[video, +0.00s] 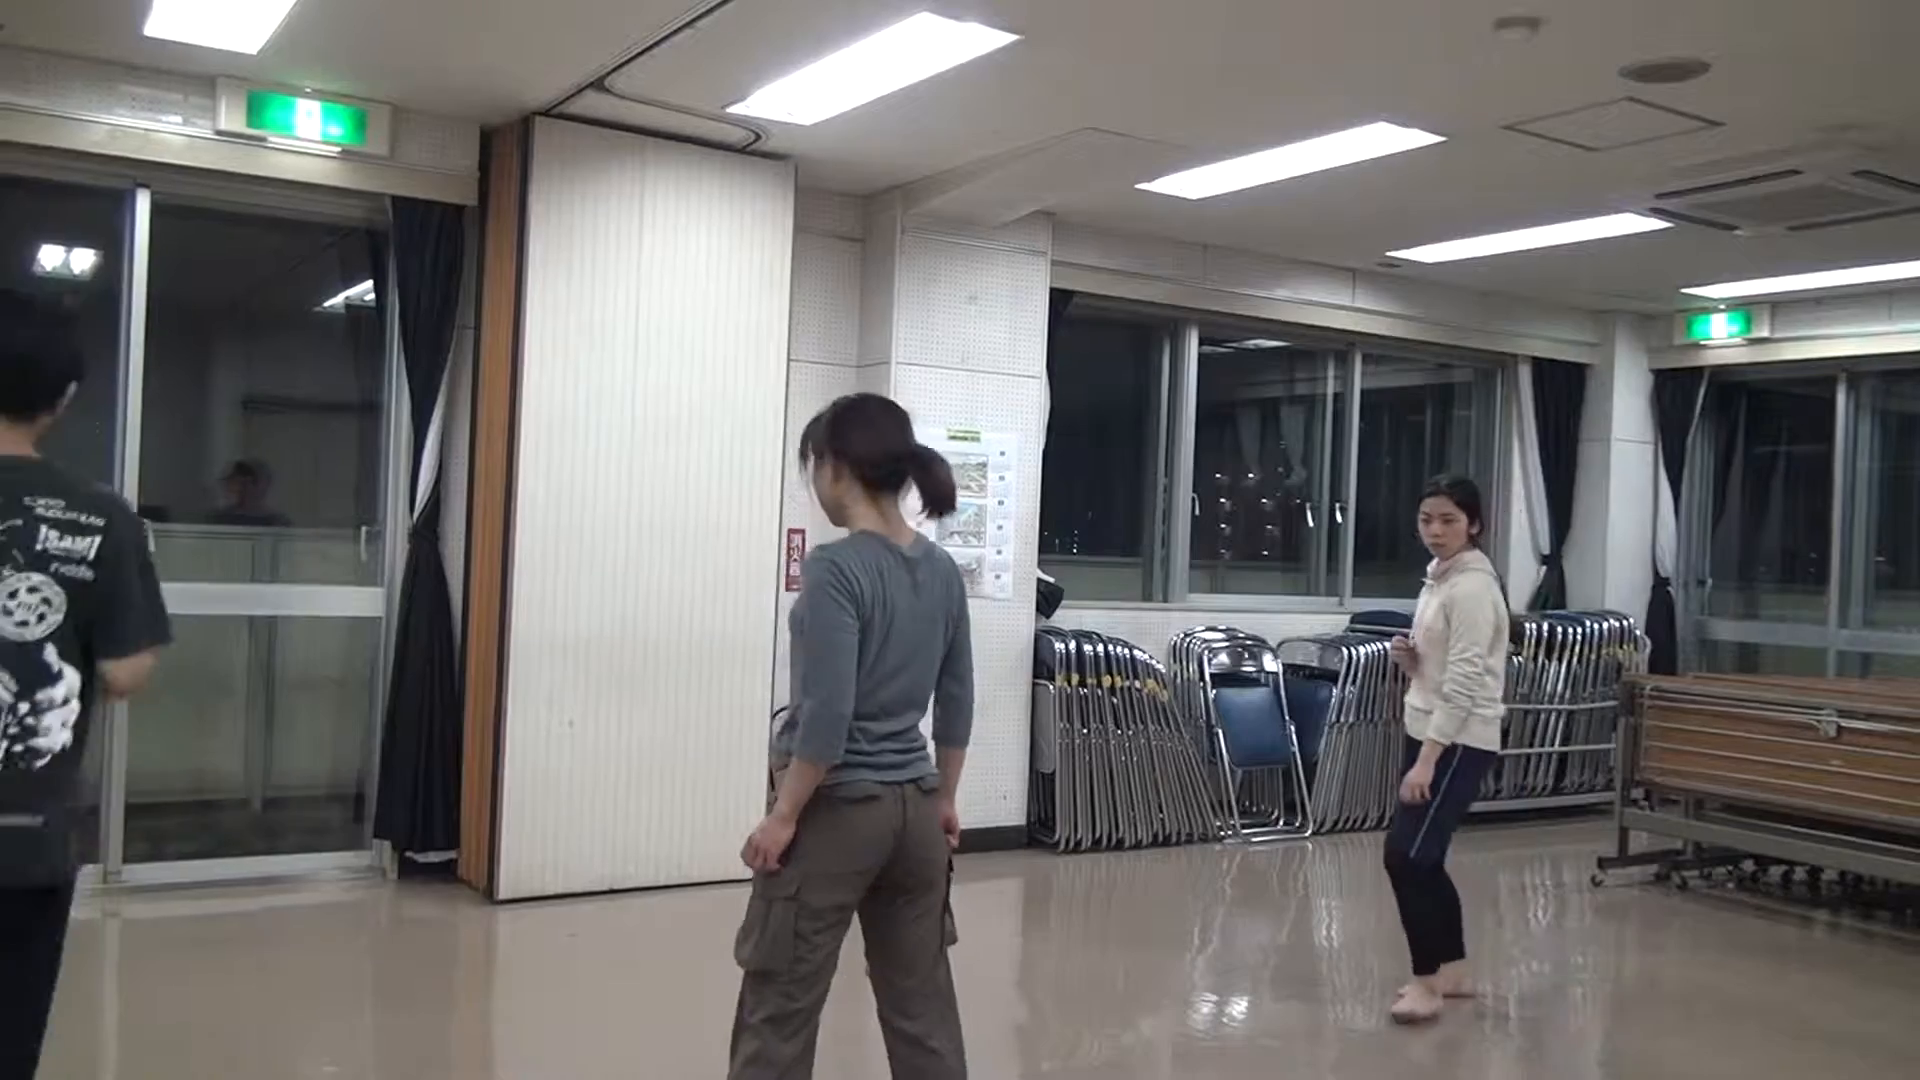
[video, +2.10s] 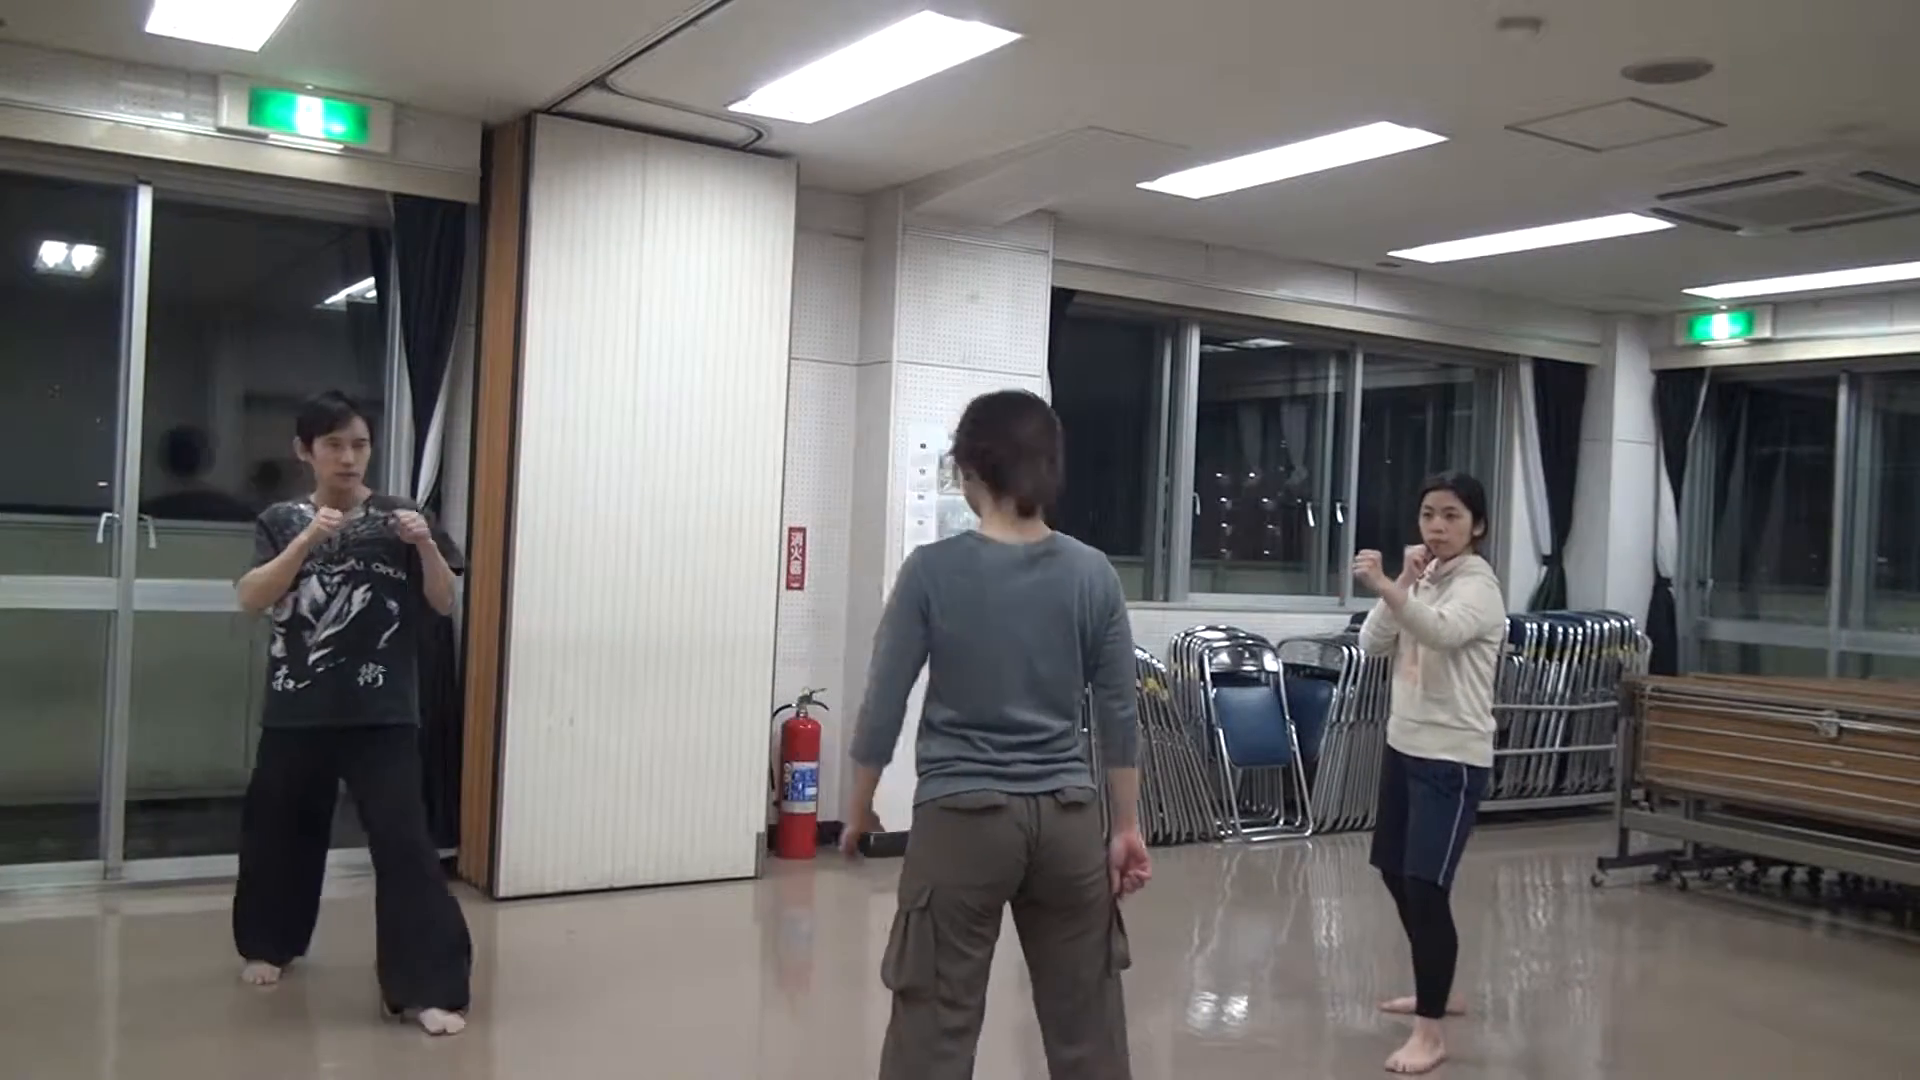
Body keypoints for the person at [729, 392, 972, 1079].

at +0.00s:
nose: (813, 481)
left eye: (814, 464)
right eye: (812, 465)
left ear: (837, 468)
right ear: (893, 468)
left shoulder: (834, 567)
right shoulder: (941, 567)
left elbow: (828, 711)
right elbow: (955, 692)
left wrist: (783, 815)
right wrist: (946, 793)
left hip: (834, 818)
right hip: (919, 815)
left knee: (778, 1018)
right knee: (922, 1015)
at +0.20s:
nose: (840, 483)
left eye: (841, 466)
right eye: (838, 467)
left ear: (866, 467)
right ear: (918, 466)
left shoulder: (885, 566)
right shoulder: (959, 562)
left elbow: (891, 719)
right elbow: (967, 691)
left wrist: (840, 814)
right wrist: (954, 776)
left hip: (882, 813)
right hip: (947, 810)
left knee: (805, 1003)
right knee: (930, 1000)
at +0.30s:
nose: (857, 483)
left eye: (858, 466)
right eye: (855, 467)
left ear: (882, 467)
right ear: (932, 465)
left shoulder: (919, 563)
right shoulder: (965, 556)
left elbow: (943, 709)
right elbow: (959, 700)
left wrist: (892, 817)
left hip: (914, 816)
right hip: (969, 805)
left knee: (830, 1006)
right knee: (942, 1006)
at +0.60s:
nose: (890, 485)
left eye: (891, 468)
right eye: (888, 469)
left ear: (916, 465)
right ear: (969, 463)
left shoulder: (954, 554)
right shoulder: (998, 549)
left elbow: (987, 692)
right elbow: (992, 688)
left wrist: (972, 812)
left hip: (946, 803)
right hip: (993, 796)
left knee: (914, 998)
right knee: (966, 999)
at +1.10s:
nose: (911, 491)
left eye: (910, 472)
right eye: (908, 474)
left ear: (928, 467)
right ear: (990, 465)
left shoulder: (940, 558)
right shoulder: (1031, 565)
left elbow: (917, 709)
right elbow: (1040, 714)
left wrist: (873, 810)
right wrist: (1014, 789)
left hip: (948, 816)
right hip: (1022, 813)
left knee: (903, 1008)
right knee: (974, 1010)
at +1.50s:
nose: (994, 471)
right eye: (993, 458)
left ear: (906, 467)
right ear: (990, 463)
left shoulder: (865, 556)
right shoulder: (1030, 569)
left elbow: (815, 694)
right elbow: (1056, 713)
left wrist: (803, 805)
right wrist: (1069, 834)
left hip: (903, 829)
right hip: (1013, 829)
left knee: (898, 1031)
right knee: (995, 1033)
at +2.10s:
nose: (957, 472)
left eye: (959, 460)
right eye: (960, 460)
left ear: (968, 468)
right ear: (1048, 470)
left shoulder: (932, 569)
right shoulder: (1091, 571)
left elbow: (883, 704)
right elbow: (1118, 705)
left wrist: (860, 812)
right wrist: (1127, 824)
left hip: (961, 828)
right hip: (1073, 827)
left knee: (933, 1029)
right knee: (1088, 1029)